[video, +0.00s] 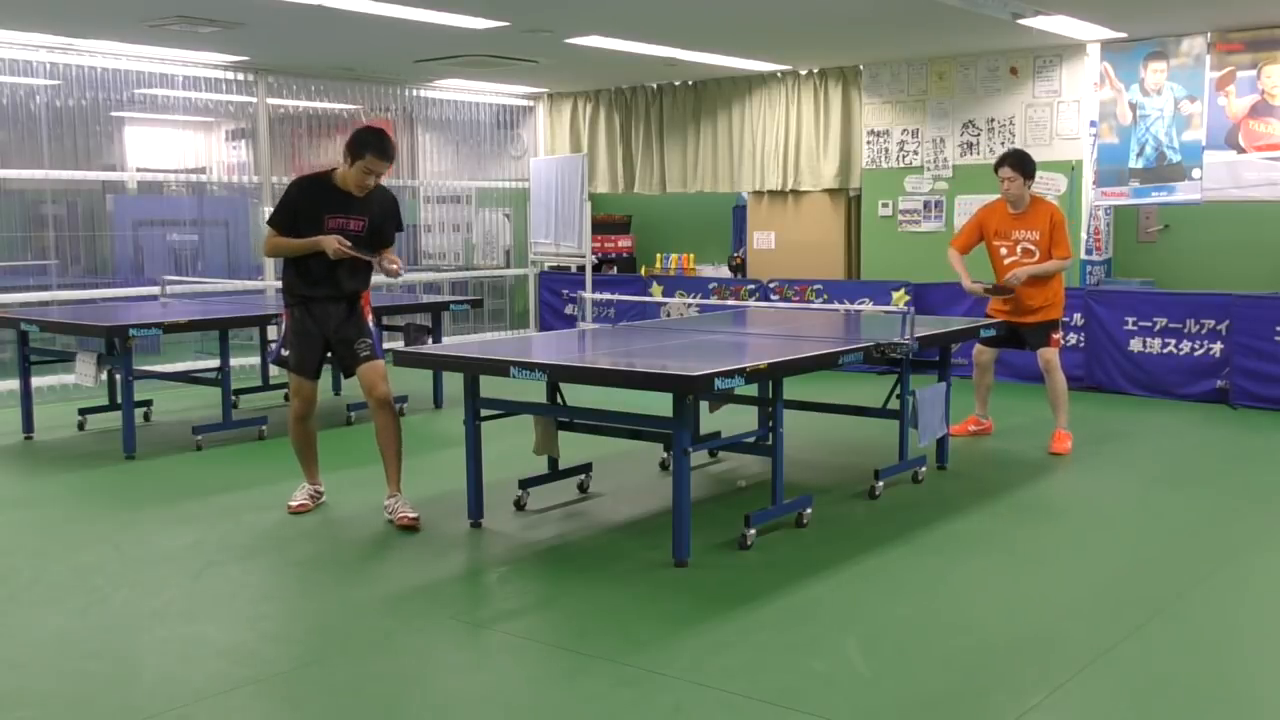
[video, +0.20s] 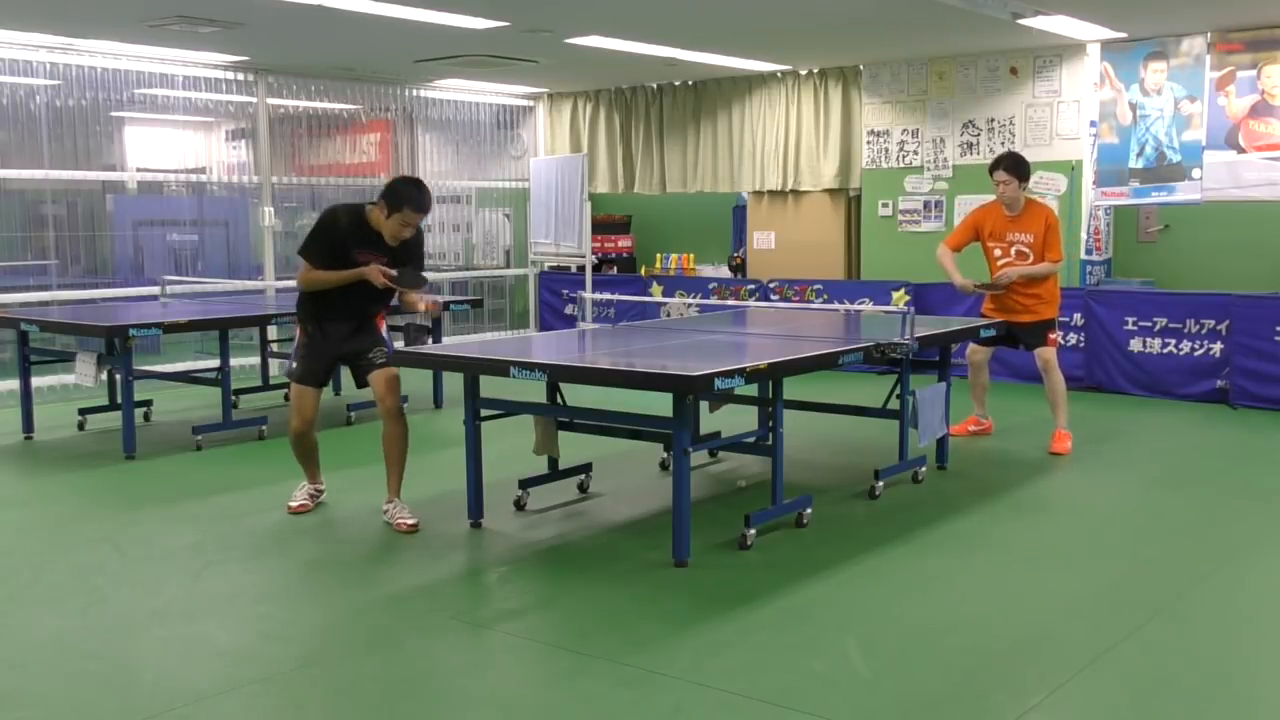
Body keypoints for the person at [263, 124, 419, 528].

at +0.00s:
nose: (372, 182)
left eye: (379, 175)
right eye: (367, 173)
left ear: (386, 169)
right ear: (347, 159)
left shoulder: (382, 201)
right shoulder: (304, 189)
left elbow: (384, 251)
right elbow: (270, 245)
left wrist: (389, 262)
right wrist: (318, 242)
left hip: (352, 310)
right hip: (304, 310)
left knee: (381, 394)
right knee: (301, 406)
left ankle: (394, 496)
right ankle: (312, 485)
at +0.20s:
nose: (409, 233)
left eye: (415, 226)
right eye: (404, 224)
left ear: (419, 221)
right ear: (383, 210)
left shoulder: (411, 239)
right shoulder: (338, 219)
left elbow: (407, 293)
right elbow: (305, 279)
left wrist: (421, 302)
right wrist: (362, 272)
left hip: (365, 328)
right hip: (318, 328)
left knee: (392, 404)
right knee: (300, 427)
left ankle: (393, 500)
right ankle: (314, 484)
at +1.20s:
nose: (410, 206)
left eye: (415, 198)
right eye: (402, 196)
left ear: (419, 200)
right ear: (378, 194)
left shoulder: (419, 232)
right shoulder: (344, 225)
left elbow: (436, 282)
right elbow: (340, 290)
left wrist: (453, 277)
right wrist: (391, 264)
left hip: (386, 338)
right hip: (337, 336)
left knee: (407, 421)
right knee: (287, 428)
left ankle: (394, 502)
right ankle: (277, 485)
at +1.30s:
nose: (386, 186)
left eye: (392, 178)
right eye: (379, 177)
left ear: (396, 181)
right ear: (355, 177)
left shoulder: (401, 213)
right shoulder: (327, 217)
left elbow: (435, 244)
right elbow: (318, 281)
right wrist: (364, 262)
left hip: (380, 332)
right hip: (332, 330)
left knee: (404, 419)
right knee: (287, 423)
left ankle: (394, 502)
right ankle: (276, 487)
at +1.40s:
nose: (364, 170)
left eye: (370, 163)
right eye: (356, 161)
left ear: (376, 170)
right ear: (334, 166)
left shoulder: (384, 203)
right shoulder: (310, 213)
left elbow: (422, 207)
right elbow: (295, 275)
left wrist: (425, 169)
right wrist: (324, 285)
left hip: (372, 324)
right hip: (325, 326)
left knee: (399, 414)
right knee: (285, 419)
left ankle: (394, 502)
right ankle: (275, 486)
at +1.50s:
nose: (344, 159)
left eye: (351, 152)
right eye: (335, 150)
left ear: (357, 160)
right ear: (316, 157)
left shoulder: (370, 196)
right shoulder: (295, 212)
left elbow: (412, 193)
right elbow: (283, 275)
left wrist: (420, 160)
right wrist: (288, 320)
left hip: (363, 320)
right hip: (314, 322)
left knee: (393, 410)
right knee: (282, 418)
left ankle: (394, 501)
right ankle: (274, 487)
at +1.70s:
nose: (314, 150)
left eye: (322, 145)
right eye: (306, 143)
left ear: (331, 157)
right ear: (288, 153)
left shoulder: (347, 193)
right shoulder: (274, 206)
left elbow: (410, 211)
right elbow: (265, 260)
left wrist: (413, 200)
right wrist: (234, 311)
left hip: (341, 318)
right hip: (293, 322)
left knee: (380, 403)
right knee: (273, 416)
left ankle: (393, 500)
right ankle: (273, 486)